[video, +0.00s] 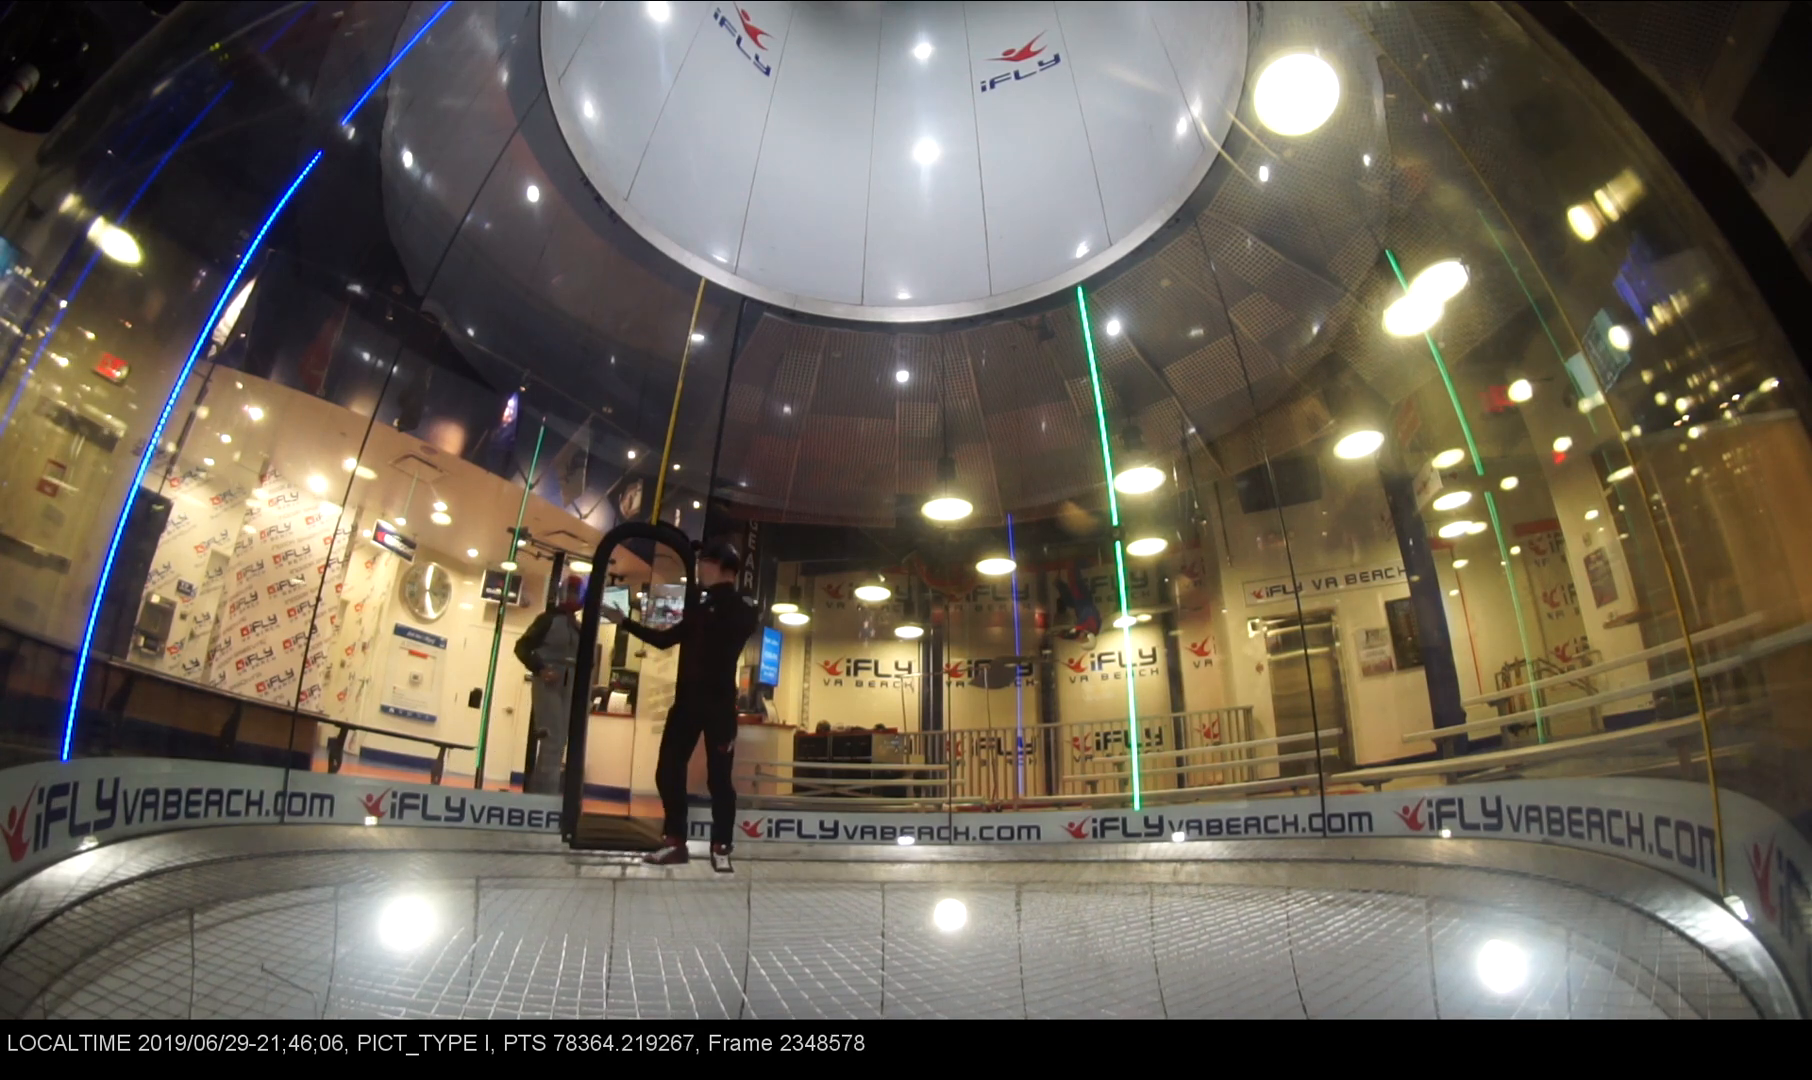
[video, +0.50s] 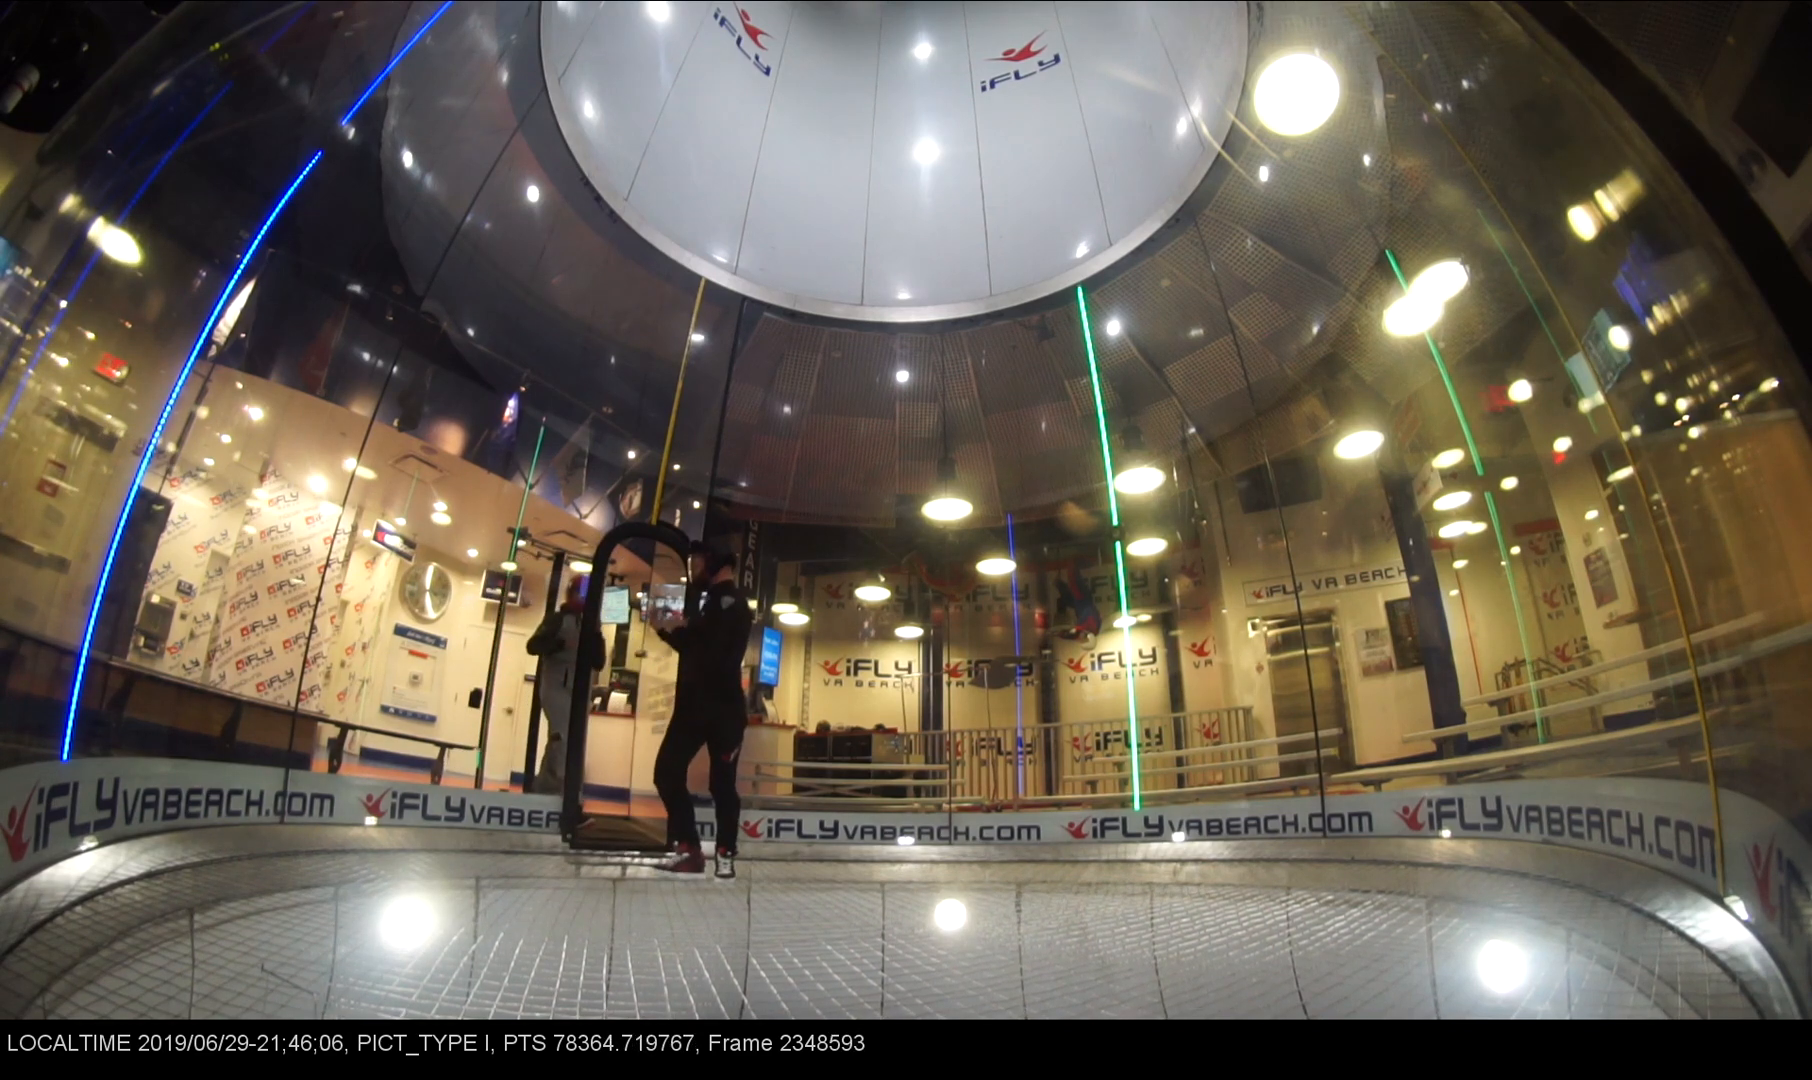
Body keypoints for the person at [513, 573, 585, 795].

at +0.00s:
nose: (576, 597)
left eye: (578, 592)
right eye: (572, 591)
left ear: (582, 596)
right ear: (563, 593)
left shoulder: (577, 625)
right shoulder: (549, 619)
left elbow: (587, 656)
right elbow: (522, 647)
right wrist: (540, 668)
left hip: (570, 684)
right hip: (549, 682)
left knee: (559, 739)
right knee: (553, 738)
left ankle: (548, 794)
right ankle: (543, 795)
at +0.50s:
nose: (583, 597)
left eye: (587, 593)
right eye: (579, 592)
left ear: (592, 596)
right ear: (570, 593)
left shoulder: (591, 623)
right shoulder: (557, 618)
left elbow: (598, 662)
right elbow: (533, 646)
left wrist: (594, 635)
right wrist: (556, 642)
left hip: (581, 690)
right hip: (555, 686)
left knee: (562, 737)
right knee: (561, 735)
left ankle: (545, 786)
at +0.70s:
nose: (588, 597)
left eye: (592, 592)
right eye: (585, 590)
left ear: (595, 596)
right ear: (575, 592)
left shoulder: (592, 625)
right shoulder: (563, 617)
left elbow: (618, 645)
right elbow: (552, 634)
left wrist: (614, 616)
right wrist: (570, 607)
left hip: (584, 688)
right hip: (562, 686)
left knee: (568, 739)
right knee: (565, 737)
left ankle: (548, 786)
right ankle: (573, 793)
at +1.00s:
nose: (605, 601)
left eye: (609, 596)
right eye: (601, 595)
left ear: (611, 601)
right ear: (590, 595)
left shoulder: (611, 627)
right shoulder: (574, 619)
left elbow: (634, 634)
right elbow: (583, 617)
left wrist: (622, 602)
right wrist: (598, 590)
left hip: (602, 695)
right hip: (579, 692)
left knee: (596, 755)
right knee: (582, 754)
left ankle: (567, 796)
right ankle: (577, 810)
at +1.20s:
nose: (614, 596)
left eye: (618, 592)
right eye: (610, 590)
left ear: (622, 598)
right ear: (598, 592)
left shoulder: (621, 626)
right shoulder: (586, 619)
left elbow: (641, 643)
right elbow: (581, 624)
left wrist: (633, 611)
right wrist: (597, 602)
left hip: (613, 691)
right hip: (589, 690)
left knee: (614, 752)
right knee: (586, 750)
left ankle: (594, 800)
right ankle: (581, 807)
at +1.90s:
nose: (633, 602)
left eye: (638, 598)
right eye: (632, 596)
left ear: (644, 603)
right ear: (628, 599)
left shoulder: (650, 626)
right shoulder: (617, 622)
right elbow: (602, 650)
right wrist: (619, 620)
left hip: (640, 690)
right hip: (617, 688)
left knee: (633, 756)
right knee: (617, 754)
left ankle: (622, 810)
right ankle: (597, 809)